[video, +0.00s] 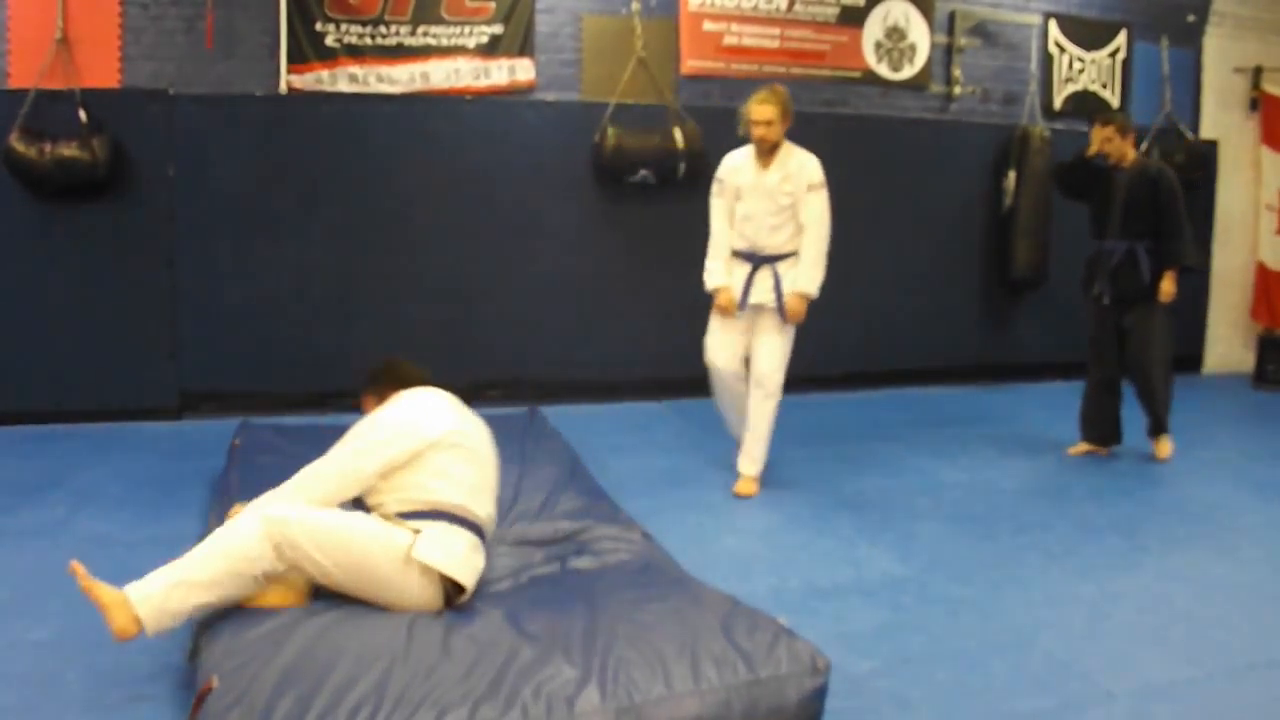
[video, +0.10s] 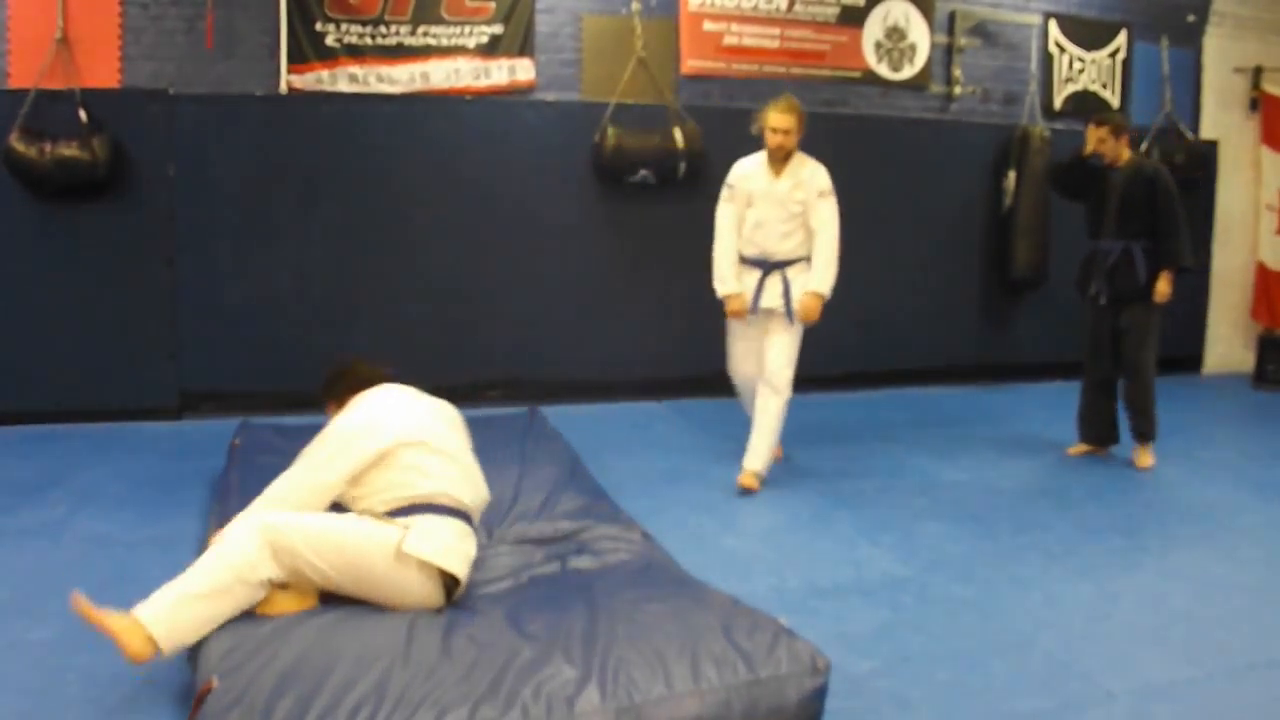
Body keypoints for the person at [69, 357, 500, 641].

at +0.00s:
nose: (364, 419)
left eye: (365, 410)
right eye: (364, 412)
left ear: (382, 397)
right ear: (402, 393)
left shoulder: (423, 405)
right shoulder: (430, 423)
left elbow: (333, 475)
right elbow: (342, 483)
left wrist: (257, 514)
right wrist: (265, 507)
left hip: (426, 566)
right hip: (419, 565)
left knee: (271, 525)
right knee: (280, 516)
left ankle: (137, 607)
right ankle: (290, 584)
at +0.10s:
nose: (332, 426)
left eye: (333, 416)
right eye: (330, 419)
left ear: (345, 401)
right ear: (382, 385)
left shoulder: (379, 404)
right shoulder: (436, 417)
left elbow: (302, 484)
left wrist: (238, 532)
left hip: (414, 555)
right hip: (433, 573)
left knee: (263, 530)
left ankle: (149, 629)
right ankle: (298, 591)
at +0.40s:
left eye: (258, 416)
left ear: (271, 403)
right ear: (318, 389)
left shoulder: (267, 420)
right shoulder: (372, 411)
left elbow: (222, 497)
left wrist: (220, 554)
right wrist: (450, 536)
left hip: (341, 530)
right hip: (399, 556)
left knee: (209, 569)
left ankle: (171, 682)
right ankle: (289, 600)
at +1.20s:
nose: (270, 210)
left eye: (268, 204)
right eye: (269, 204)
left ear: (212, 203)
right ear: (261, 203)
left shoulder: (176, 246)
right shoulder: (285, 250)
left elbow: (153, 332)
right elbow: (305, 341)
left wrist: (169, 379)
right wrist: (298, 412)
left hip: (185, 362)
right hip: (259, 368)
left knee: (191, 451)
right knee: (268, 499)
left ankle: (166, 561)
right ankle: (258, 574)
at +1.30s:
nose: (300, 189)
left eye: (300, 180)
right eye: (299, 180)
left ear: (244, 177)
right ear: (285, 176)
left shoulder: (194, 223)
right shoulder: (298, 225)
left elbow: (172, 305)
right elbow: (323, 314)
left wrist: (177, 353)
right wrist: (341, 387)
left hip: (188, 350)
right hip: (258, 353)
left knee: (204, 447)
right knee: (311, 460)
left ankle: (168, 559)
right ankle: (263, 516)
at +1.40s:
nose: (342, 176)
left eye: (343, 164)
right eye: (340, 164)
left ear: (292, 157)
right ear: (322, 159)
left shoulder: (227, 200)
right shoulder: (327, 206)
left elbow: (210, 276)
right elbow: (357, 297)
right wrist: (405, 336)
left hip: (196, 335)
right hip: (267, 340)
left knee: (216, 447)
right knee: (349, 407)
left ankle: (168, 562)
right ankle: (308, 488)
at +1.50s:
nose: (396, 158)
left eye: (397, 148)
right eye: (394, 146)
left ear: (345, 135)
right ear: (376, 138)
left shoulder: (279, 175)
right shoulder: (367, 190)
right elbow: (397, 282)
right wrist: (456, 266)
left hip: (224, 305)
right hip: (286, 316)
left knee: (226, 438)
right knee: (378, 391)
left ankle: (175, 558)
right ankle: (375, 519)